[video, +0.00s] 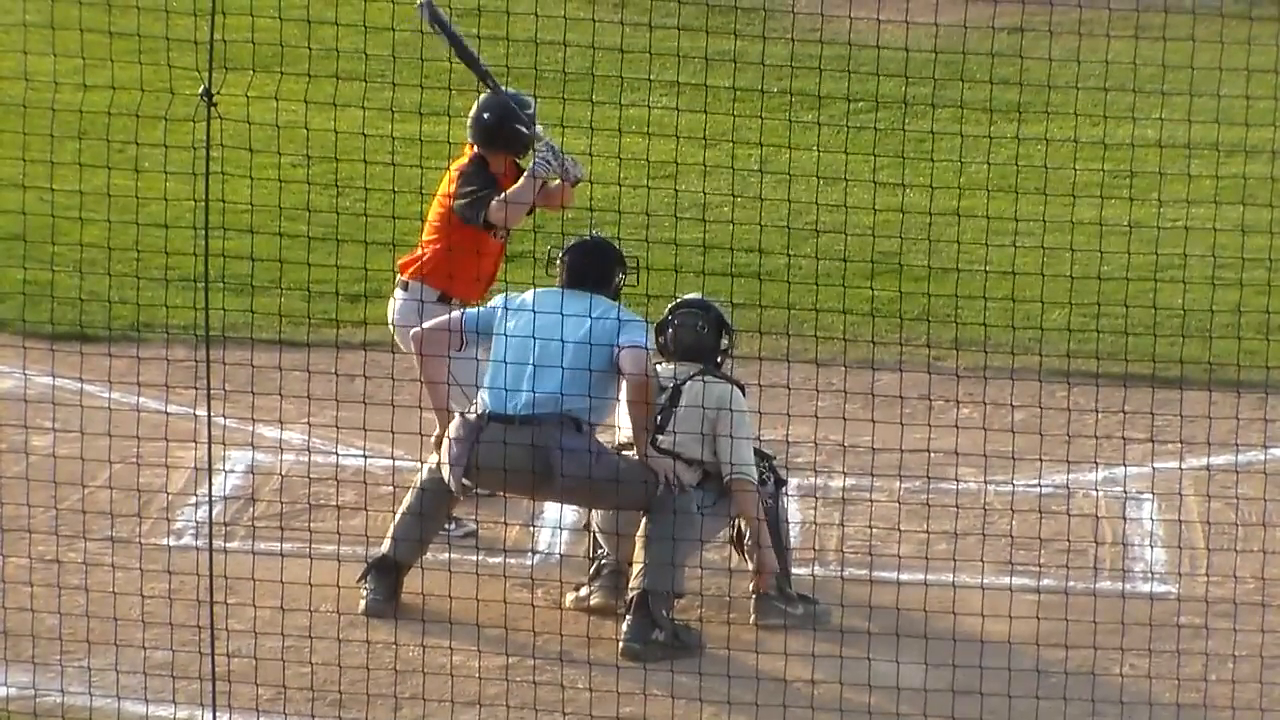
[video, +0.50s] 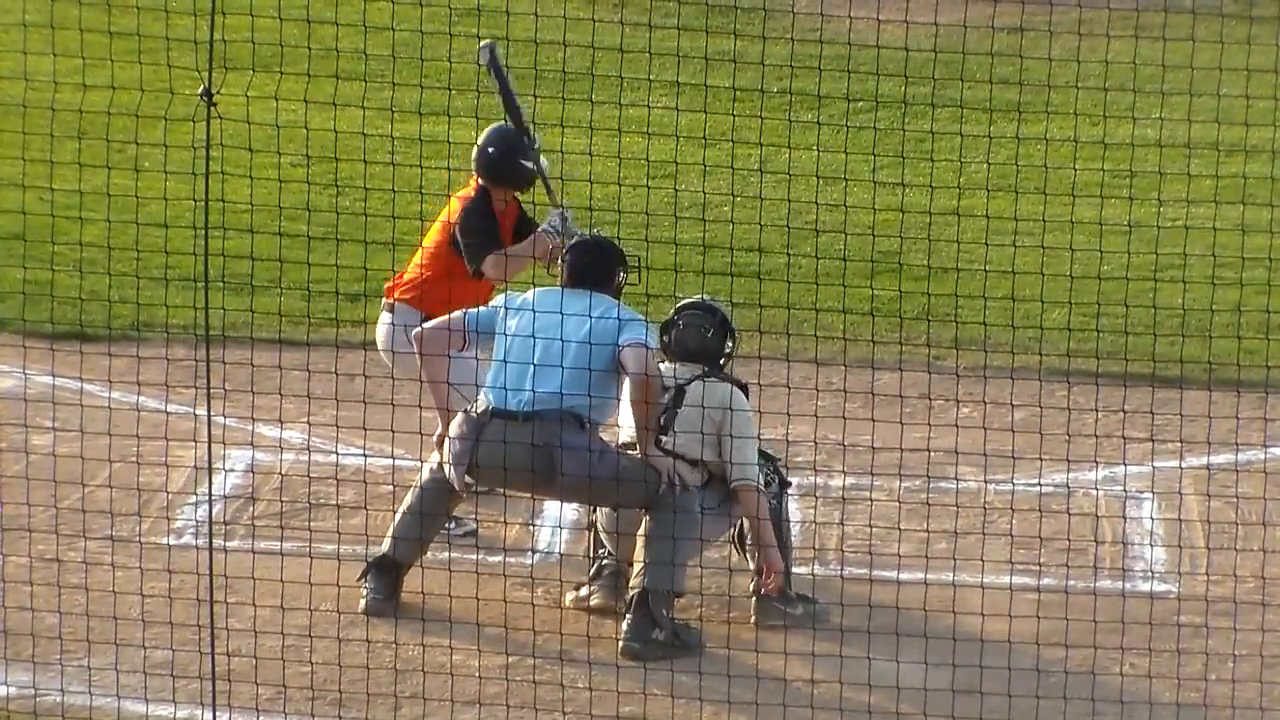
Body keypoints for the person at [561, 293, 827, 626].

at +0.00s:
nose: (724, 346)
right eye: (721, 339)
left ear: (662, 342)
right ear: (716, 346)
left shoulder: (636, 382)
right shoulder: (724, 394)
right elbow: (740, 479)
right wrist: (763, 548)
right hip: (690, 510)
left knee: (615, 470)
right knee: (765, 476)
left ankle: (606, 578)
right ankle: (776, 593)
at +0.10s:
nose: (723, 342)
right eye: (720, 335)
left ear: (663, 339)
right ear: (716, 343)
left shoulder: (637, 379)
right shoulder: (725, 391)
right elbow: (742, 477)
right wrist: (767, 546)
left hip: (628, 499)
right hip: (691, 508)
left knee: (616, 465)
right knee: (766, 471)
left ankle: (608, 575)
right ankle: (775, 590)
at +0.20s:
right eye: (720, 335)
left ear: (663, 340)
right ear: (717, 344)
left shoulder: (636, 378)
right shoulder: (726, 391)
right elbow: (744, 476)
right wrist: (769, 546)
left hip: (628, 503)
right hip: (694, 509)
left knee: (615, 468)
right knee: (765, 474)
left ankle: (607, 576)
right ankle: (775, 591)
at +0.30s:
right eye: (722, 338)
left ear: (664, 342)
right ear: (718, 345)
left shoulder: (637, 381)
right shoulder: (727, 394)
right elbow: (745, 478)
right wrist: (770, 547)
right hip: (693, 515)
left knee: (617, 469)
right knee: (766, 472)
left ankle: (607, 577)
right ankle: (774, 593)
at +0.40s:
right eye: (722, 339)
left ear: (666, 342)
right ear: (720, 347)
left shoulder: (638, 380)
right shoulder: (728, 395)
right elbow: (746, 480)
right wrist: (769, 548)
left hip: (628, 510)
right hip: (693, 516)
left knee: (618, 469)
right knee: (766, 473)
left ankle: (607, 578)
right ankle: (774, 593)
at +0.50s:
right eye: (724, 342)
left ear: (666, 343)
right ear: (721, 349)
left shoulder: (639, 380)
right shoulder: (727, 396)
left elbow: (615, 444)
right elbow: (746, 481)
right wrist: (768, 548)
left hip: (630, 507)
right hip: (695, 513)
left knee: (620, 471)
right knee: (767, 477)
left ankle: (606, 579)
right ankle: (775, 594)